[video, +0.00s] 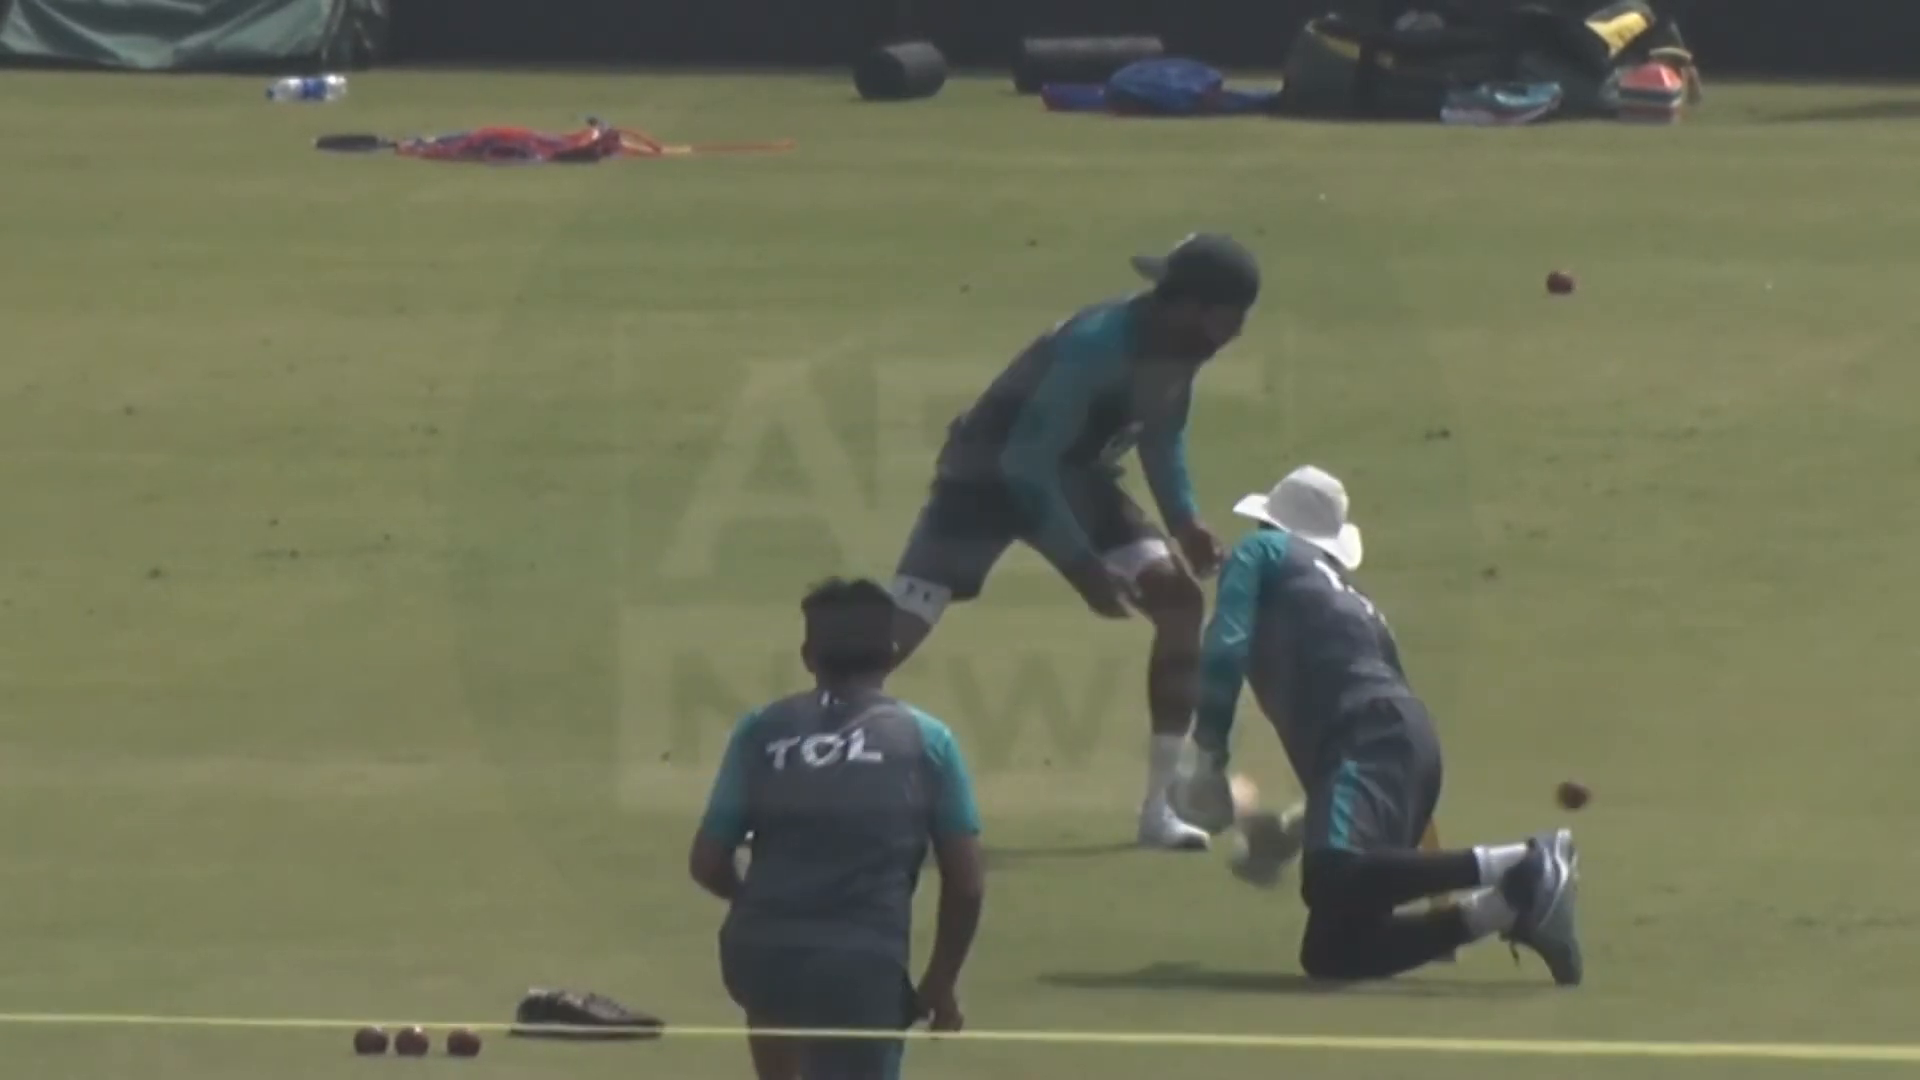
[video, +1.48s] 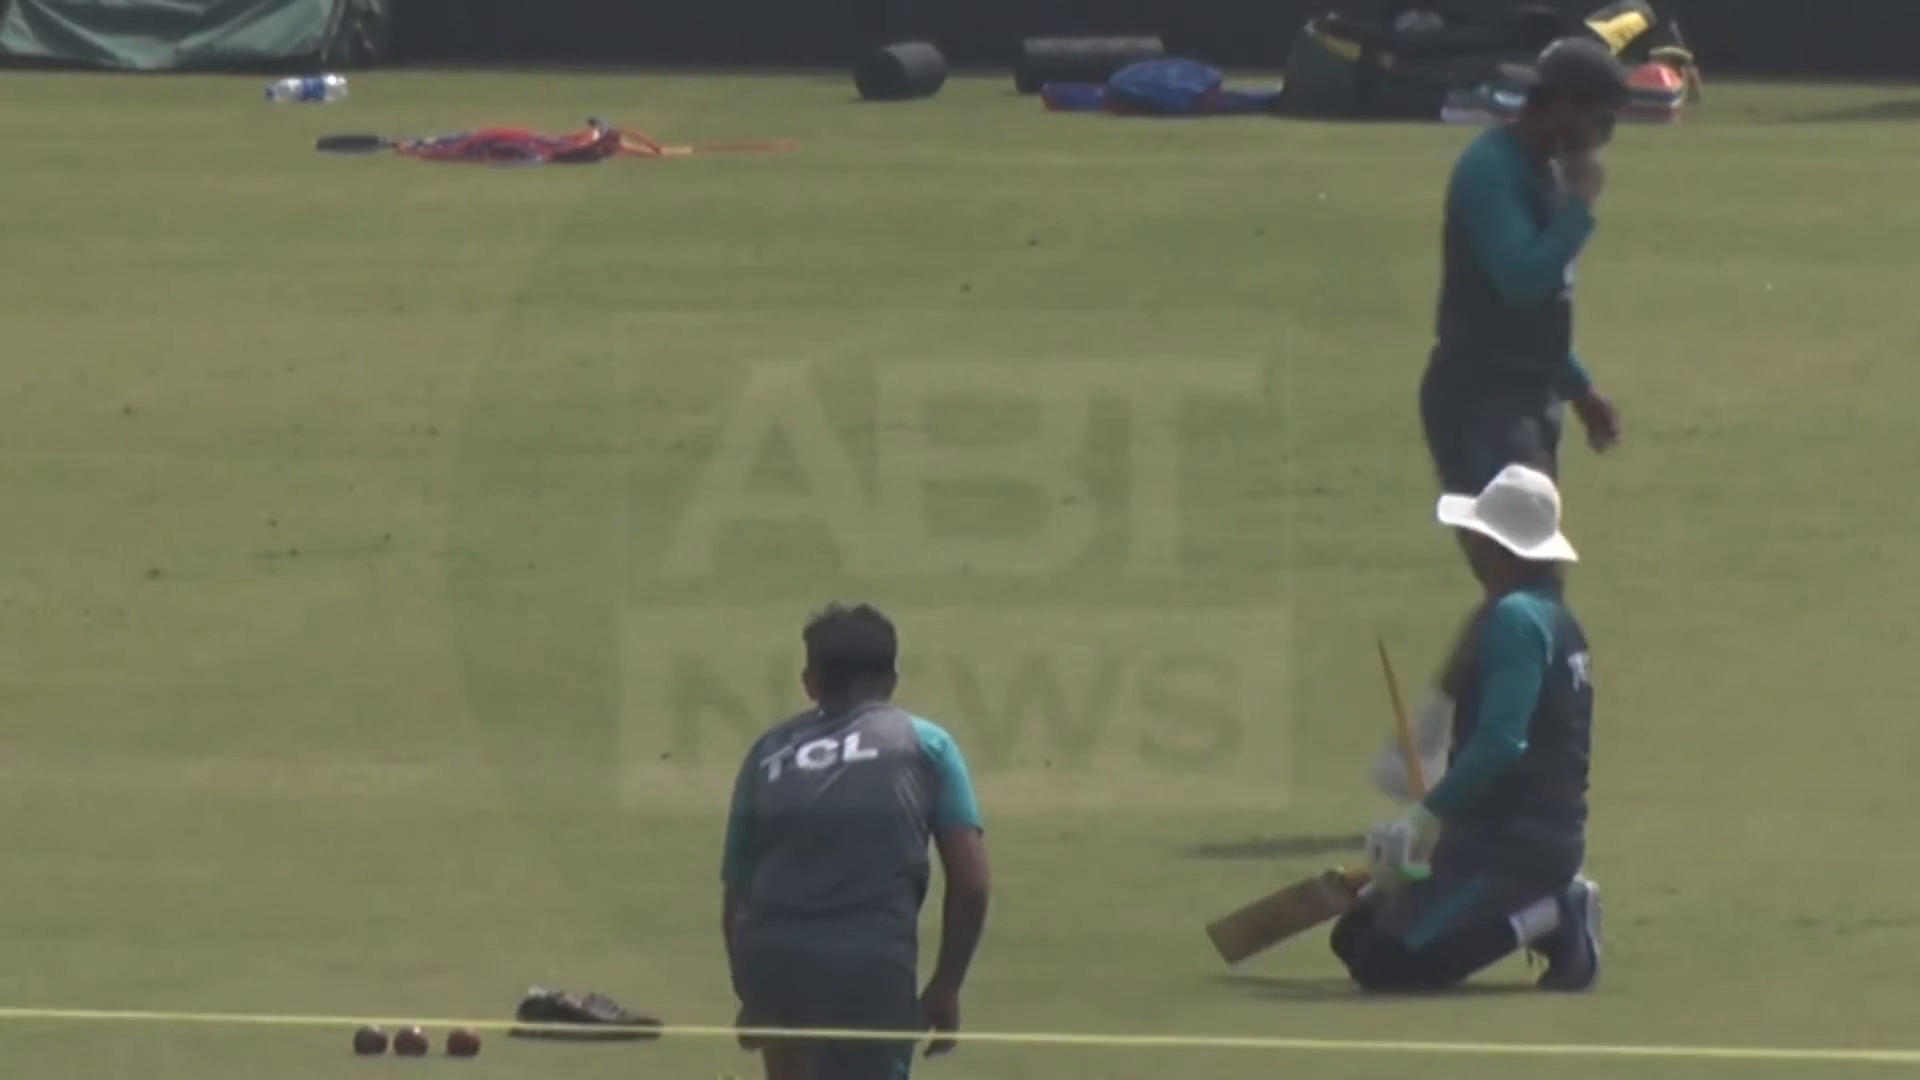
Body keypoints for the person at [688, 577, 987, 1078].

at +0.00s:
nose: (805, 652)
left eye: (807, 643)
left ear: (809, 655)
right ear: (891, 656)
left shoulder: (760, 731)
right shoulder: (928, 741)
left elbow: (707, 863)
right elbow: (965, 886)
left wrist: (759, 900)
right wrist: (939, 985)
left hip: (761, 954)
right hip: (862, 965)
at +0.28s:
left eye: (801, 645)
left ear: (804, 657)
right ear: (885, 657)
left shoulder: (758, 735)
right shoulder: (925, 735)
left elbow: (720, 882)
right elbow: (968, 878)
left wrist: (766, 947)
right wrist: (933, 976)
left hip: (770, 958)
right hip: (870, 965)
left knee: (779, 1026)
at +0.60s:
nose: (794, 665)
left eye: (796, 655)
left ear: (803, 669)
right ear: (884, 667)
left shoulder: (759, 745)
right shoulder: (922, 737)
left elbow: (736, 886)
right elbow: (971, 877)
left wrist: (745, 986)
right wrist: (944, 983)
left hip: (770, 965)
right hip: (870, 968)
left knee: (785, 1069)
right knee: (869, 1068)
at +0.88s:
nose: (799, 672)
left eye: (801, 662)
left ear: (806, 674)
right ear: (887, 672)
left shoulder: (763, 744)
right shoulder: (925, 740)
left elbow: (727, 894)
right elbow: (967, 879)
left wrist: (746, 979)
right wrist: (939, 986)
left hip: (774, 961)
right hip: (872, 963)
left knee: (788, 1067)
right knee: (871, 1067)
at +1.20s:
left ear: (812, 676)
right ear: (893, 676)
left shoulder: (769, 743)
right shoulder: (930, 743)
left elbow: (722, 892)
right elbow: (972, 882)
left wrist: (743, 979)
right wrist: (947, 991)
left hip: (773, 960)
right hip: (871, 964)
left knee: (792, 1065)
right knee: (873, 1068)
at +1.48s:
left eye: (805, 673)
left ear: (810, 683)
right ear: (891, 680)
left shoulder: (767, 751)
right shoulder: (927, 743)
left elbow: (736, 901)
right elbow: (971, 882)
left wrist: (751, 997)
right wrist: (946, 989)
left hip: (773, 970)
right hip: (872, 972)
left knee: (790, 1066)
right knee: (873, 1067)